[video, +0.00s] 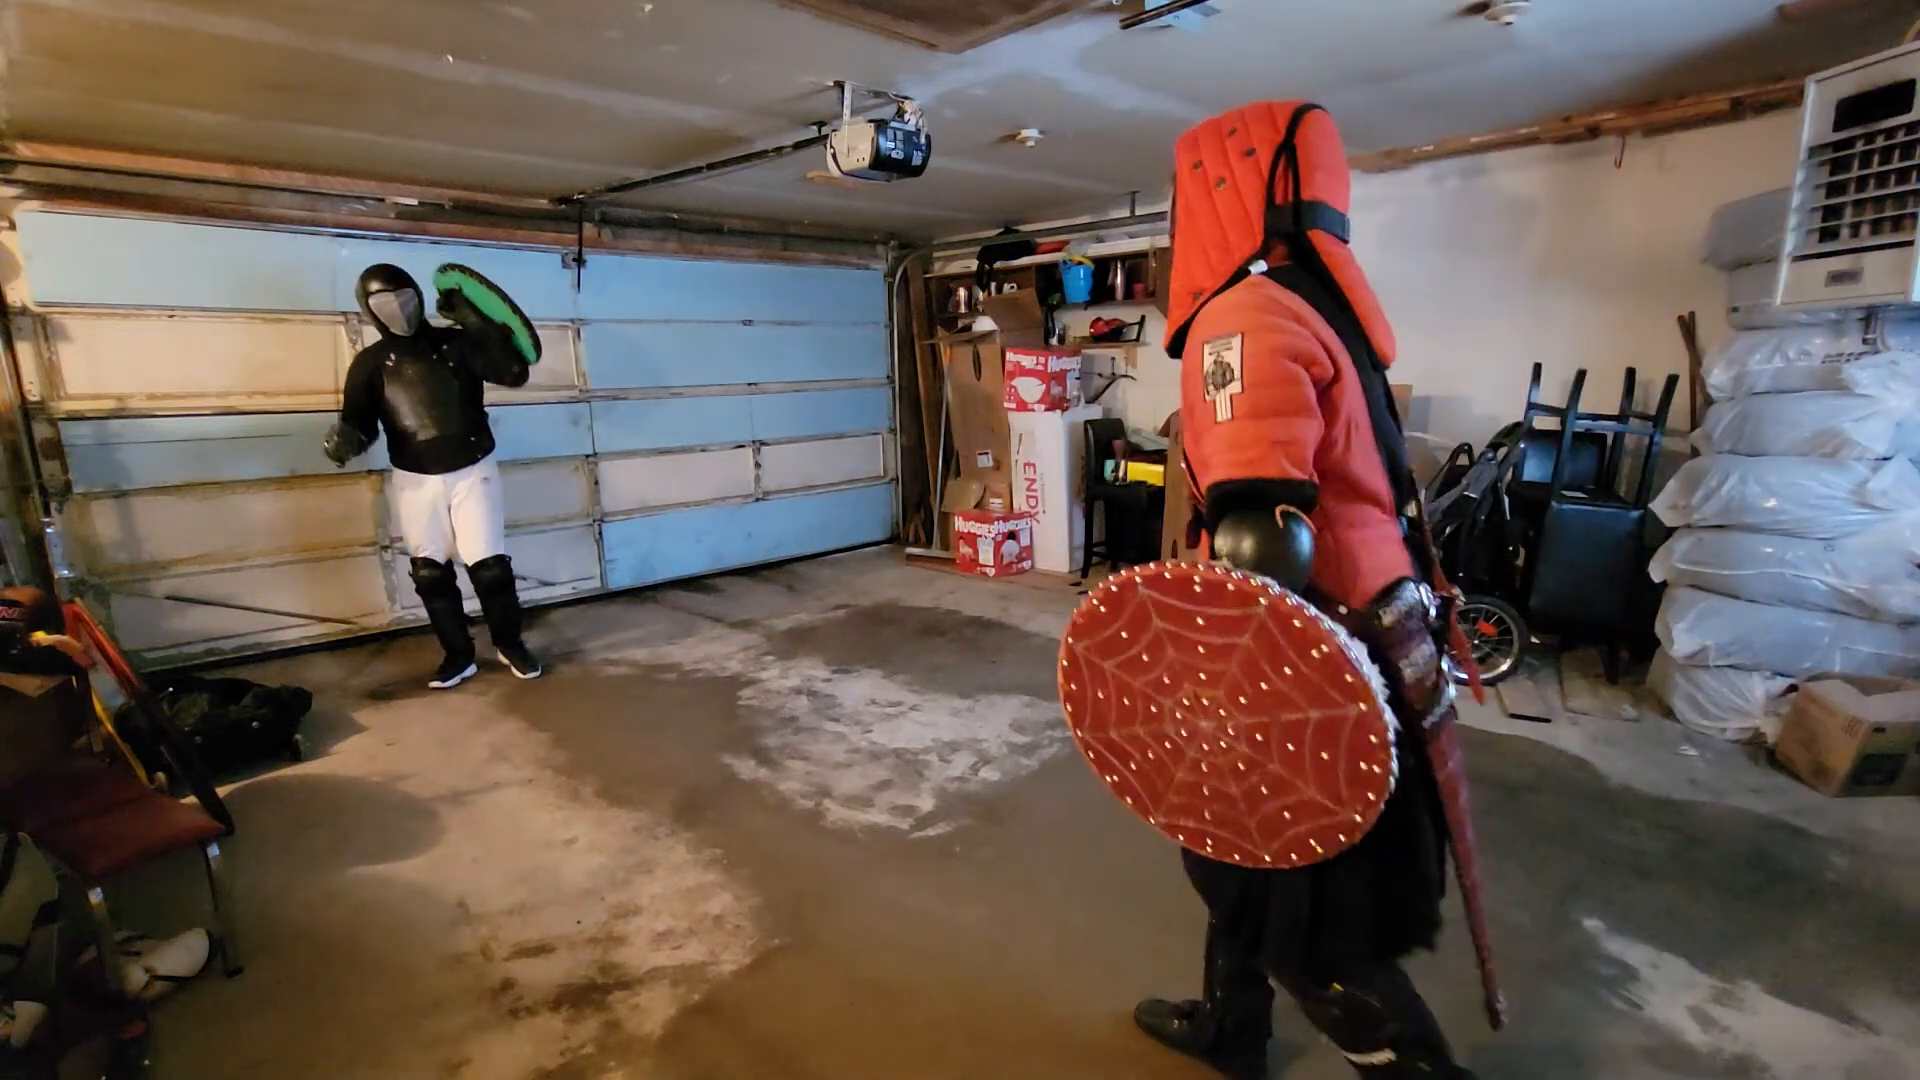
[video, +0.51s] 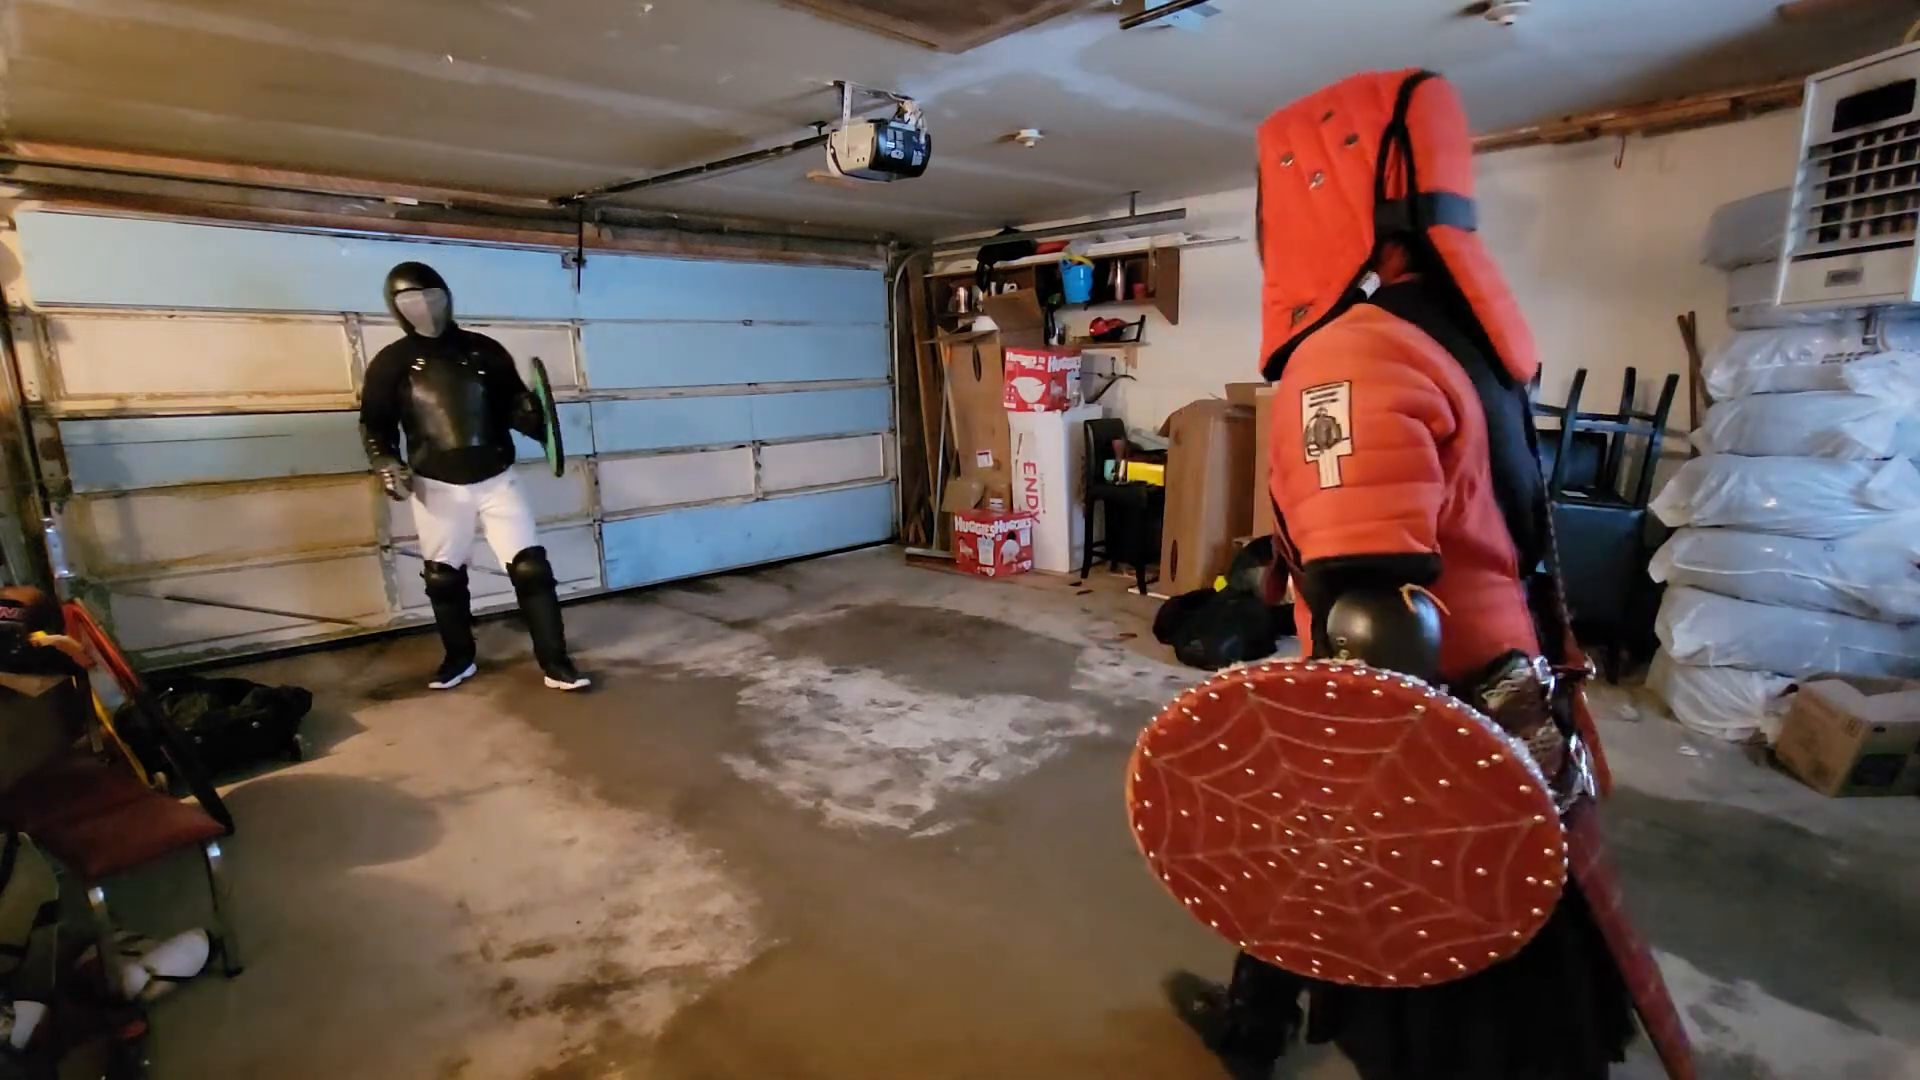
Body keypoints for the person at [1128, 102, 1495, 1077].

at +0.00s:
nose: (1174, 228)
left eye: (1184, 202)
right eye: (1180, 203)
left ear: (1226, 200)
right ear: (1287, 197)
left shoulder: (1248, 320)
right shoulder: (1305, 307)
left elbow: (1262, 544)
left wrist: (1240, 722)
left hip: (1317, 686)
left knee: (1312, 924)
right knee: (1235, 847)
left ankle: (1413, 1059)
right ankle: (1230, 1019)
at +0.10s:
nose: (1186, 232)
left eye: (1197, 207)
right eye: (1192, 208)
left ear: (1239, 206)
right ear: (1306, 202)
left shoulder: (1262, 330)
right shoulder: (1321, 319)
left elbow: (1273, 554)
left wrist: (1256, 736)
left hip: (1352, 705)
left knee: (1341, 956)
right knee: (1250, 841)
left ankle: (1436, 1064)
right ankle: (1234, 1017)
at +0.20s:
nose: (1209, 231)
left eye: (1219, 208)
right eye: (1215, 209)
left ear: (1262, 211)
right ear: (1337, 208)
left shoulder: (1285, 348)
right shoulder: (1354, 332)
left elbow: (1302, 592)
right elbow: (1412, 517)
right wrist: (1460, 661)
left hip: (1372, 715)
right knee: (1261, 841)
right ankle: (1233, 1020)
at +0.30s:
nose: (1236, 237)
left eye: (1248, 212)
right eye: (1241, 212)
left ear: (1294, 212)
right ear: (1362, 207)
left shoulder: (1321, 357)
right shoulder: (1380, 340)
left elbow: (1341, 624)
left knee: (1401, 1030)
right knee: (1275, 791)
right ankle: (1236, 1010)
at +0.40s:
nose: (1253, 234)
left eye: (1264, 206)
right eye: (1258, 208)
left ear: (1316, 208)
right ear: (1387, 207)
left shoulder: (1347, 361)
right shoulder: (1416, 344)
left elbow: (1371, 632)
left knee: (1418, 1030)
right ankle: (1240, 1011)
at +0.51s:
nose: (1266, 226)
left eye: (1279, 197)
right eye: (1273, 198)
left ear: (1325, 199)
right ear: (1417, 197)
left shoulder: (1358, 357)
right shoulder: (1432, 341)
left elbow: (1376, 633)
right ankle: (1254, 1013)